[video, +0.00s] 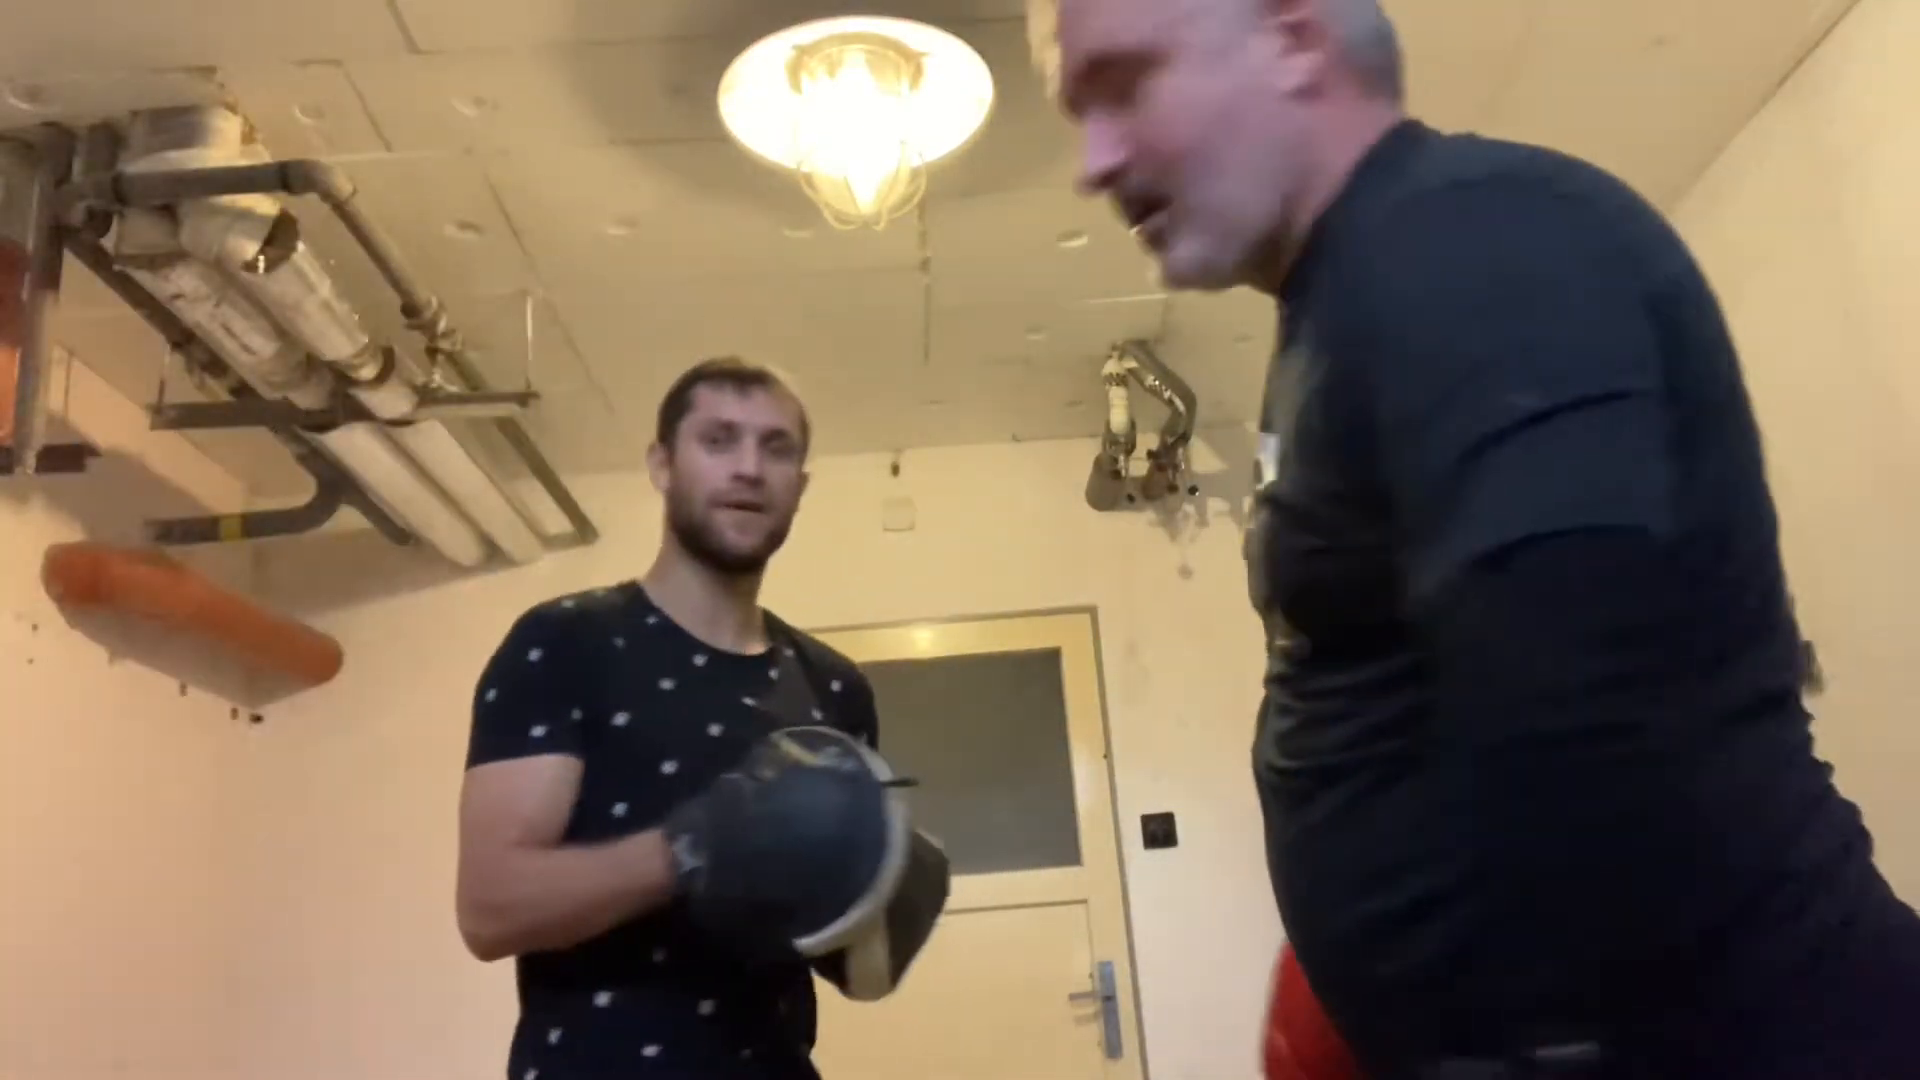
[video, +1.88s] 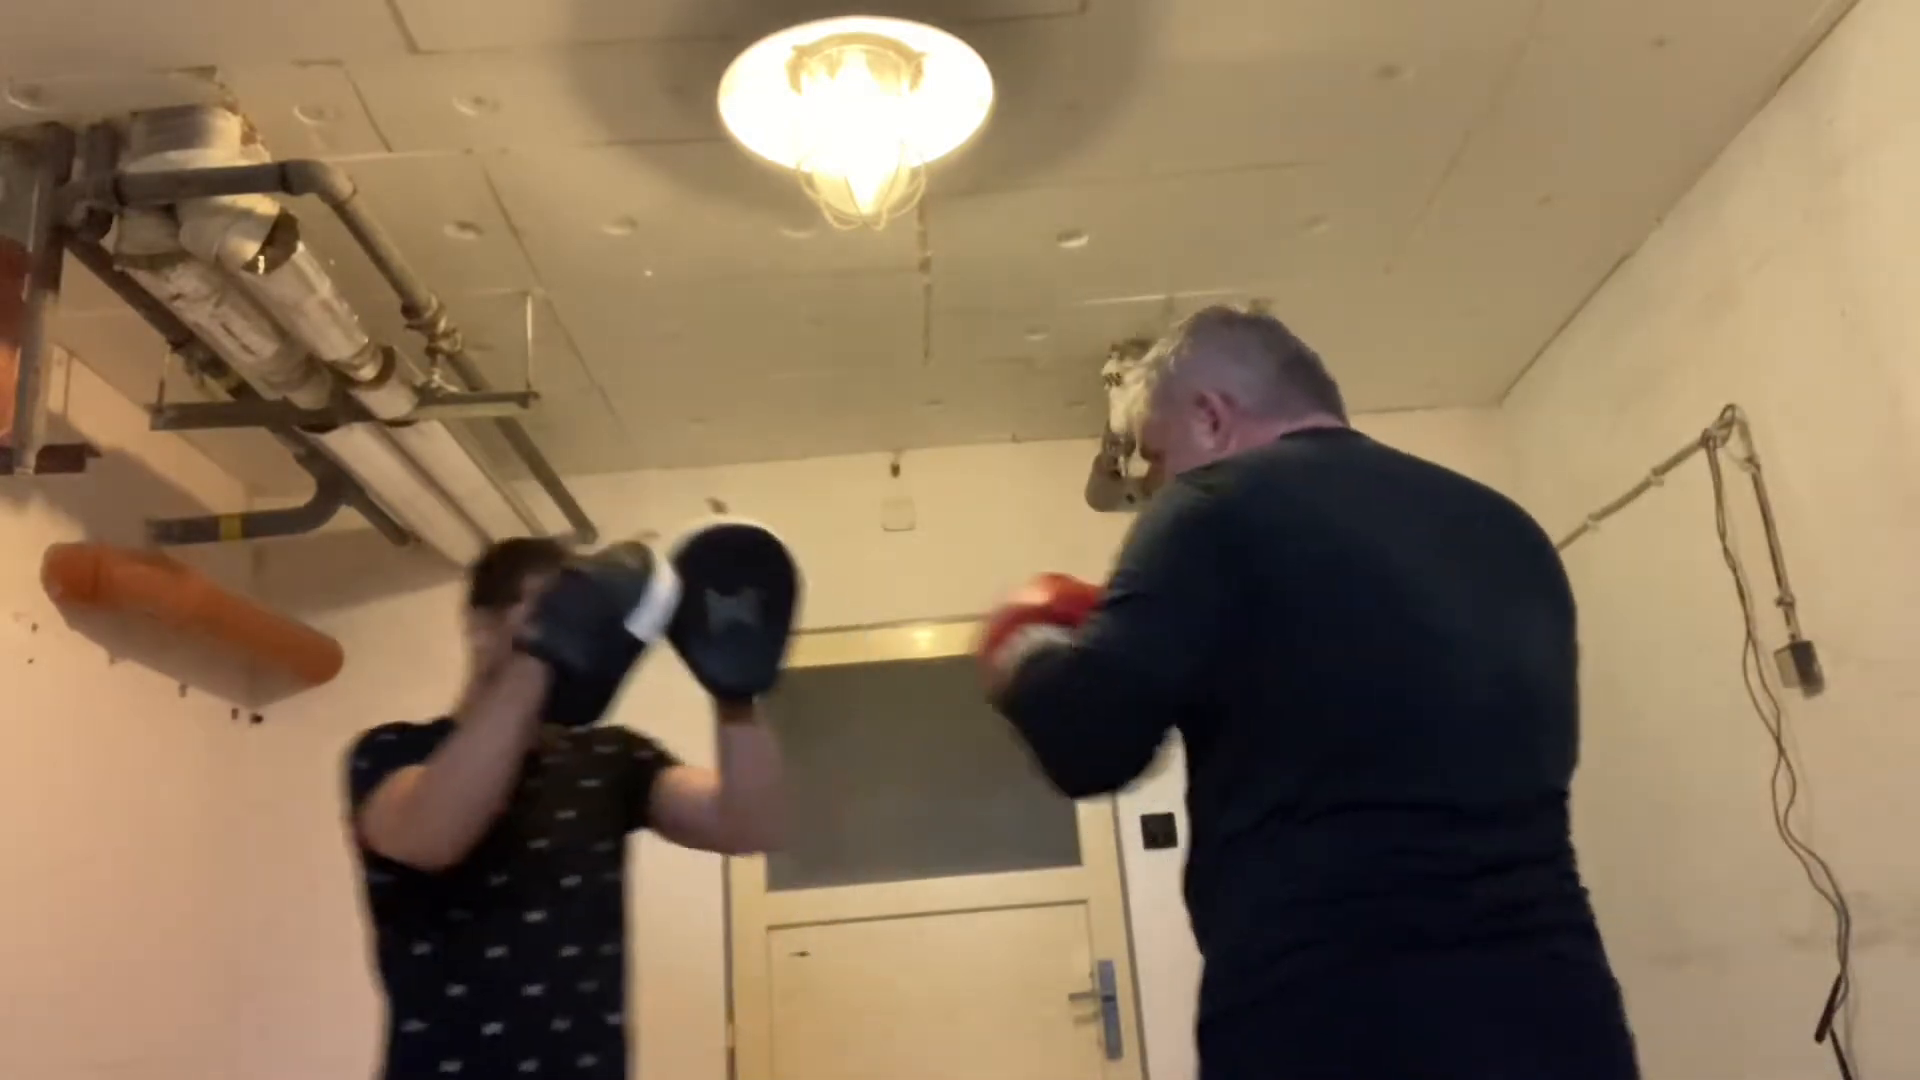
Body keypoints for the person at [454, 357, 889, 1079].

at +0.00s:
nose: (748, 469)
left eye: (776, 448)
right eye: (717, 441)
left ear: (801, 484)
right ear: (661, 466)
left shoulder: (833, 690)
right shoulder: (561, 647)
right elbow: (491, 907)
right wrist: (697, 845)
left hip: (767, 1056)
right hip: (591, 1056)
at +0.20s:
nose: (678, 496)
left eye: (705, 473)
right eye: (647, 471)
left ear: (735, 504)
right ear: (600, 497)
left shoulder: (799, 694)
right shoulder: (513, 686)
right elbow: (455, 934)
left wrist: (838, 876)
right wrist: (610, 843)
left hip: (747, 1056)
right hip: (571, 1061)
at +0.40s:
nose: (598, 530)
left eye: (623, 507)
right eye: (568, 507)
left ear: (655, 534)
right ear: (526, 535)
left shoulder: (737, 704)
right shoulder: (456, 729)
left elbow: (832, 922)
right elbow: (421, 970)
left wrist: (776, 865)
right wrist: (532, 873)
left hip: (709, 1061)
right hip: (533, 1063)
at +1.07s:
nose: (667, 578)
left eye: (688, 559)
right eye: (641, 555)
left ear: (710, 582)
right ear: (595, 574)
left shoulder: (767, 730)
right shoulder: (526, 743)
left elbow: (827, 936)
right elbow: (492, 950)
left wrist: (808, 838)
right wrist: (607, 836)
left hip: (723, 1061)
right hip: (574, 1062)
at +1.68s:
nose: (678, 624)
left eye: (691, 604)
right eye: (654, 599)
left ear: (704, 611)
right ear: (590, 602)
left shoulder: (704, 744)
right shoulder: (506, 735)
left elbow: (826, 895)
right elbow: (502, 885)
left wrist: (822, 760)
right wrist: (619, 733)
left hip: (679, 1060)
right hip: (539, 1060)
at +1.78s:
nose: (623, 635)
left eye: (637, 617)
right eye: (603, 614)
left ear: (655, 626)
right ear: (540, 615)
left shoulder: (665, 750)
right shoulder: (454, 745)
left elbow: (796, 857)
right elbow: (473, 859)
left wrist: (784, 722)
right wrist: (582, 691)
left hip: (637, 1061)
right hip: (497, 1063)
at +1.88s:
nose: (544, 635)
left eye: (559, 618)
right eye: (528, 616)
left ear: (583, 628)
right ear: (479, 625)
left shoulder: (605, 760)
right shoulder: (393, 754)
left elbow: (750, 827)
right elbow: (430, 835)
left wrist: (736, 690)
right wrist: (537, 657)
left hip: (584, 1061)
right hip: (444, 1063)